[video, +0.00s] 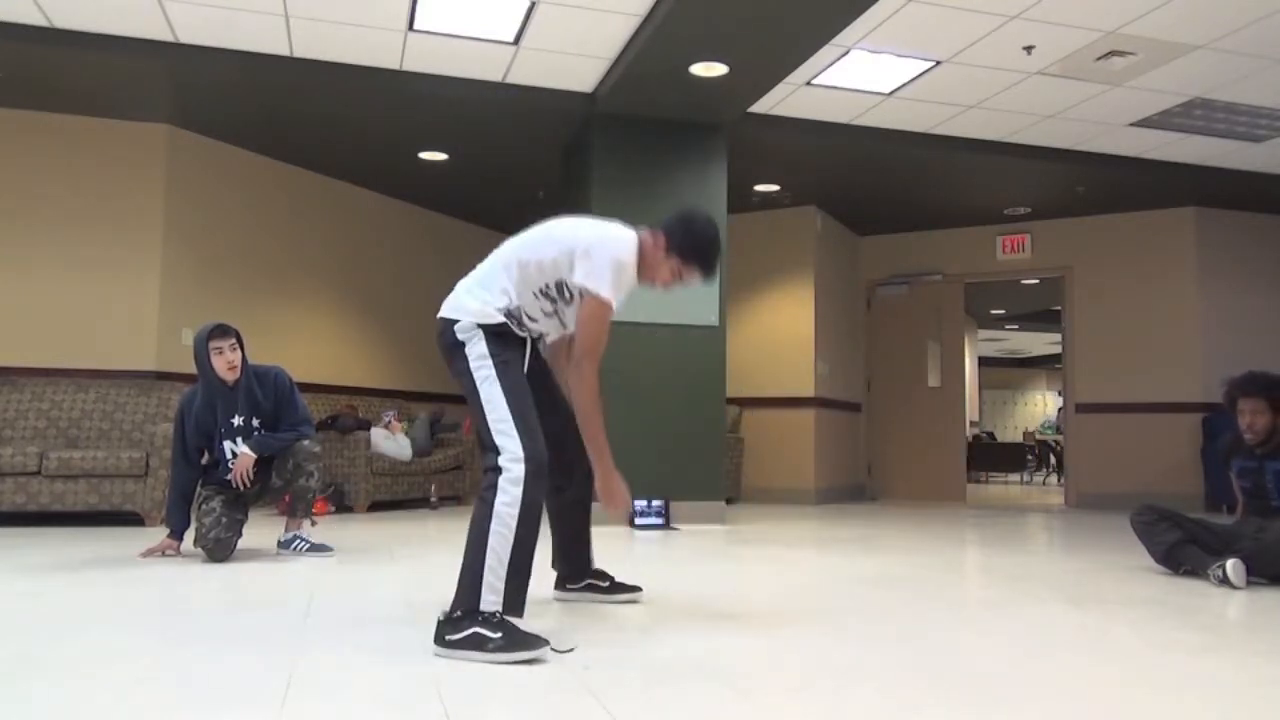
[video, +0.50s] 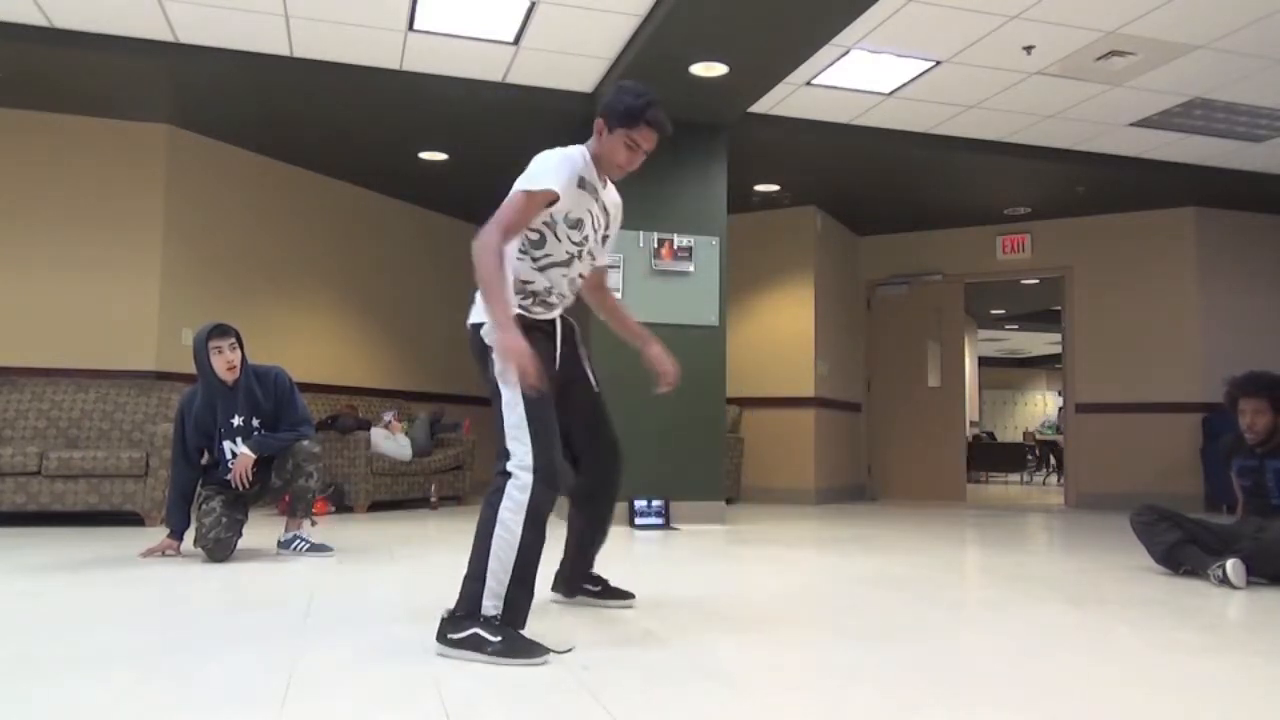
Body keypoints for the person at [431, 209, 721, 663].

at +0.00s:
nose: (671, 285)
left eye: (681, 282)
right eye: (676, 273)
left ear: (657, 244)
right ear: (658, 242)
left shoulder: (611, 250)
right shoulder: (614, 251)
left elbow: (560, 351)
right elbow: (582, 367)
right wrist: (605, 471)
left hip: (519, 337)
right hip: (479, 324)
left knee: (567, 449)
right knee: (521, 461)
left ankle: (574, 573)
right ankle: (470, 617)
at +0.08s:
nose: (671, 260)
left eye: (680, 255)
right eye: (674, 247)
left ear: (655, 220)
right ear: (652, 217)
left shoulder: (610, 234)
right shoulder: (604, 234)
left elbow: (561, 345)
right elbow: (573, 349)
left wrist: (597, 439)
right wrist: (601, 448)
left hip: (524, 334)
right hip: (479, 325)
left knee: (565, 448)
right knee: (520, 462)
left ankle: (572, 574)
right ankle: (471, 617)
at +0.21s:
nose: (657, 208)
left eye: (666, 202)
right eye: (656, 194)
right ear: (629, 168)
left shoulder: (606, 213)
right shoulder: (586, 198)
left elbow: (565, 303)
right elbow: (549, 310)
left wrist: (598, 381)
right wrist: (591, 400)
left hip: (524, 324)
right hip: (485, 320)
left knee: (560, 450)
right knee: (525, 459)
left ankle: (566, 573)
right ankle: (472, 619)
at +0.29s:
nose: (647, 181)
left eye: (655, 174)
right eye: (644, 166)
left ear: (646, 164)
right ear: (613, 144)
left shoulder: (605, 202)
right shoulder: (571, 179)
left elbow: (567, 286)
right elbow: (529, 285)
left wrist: (599, 356)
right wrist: (578, 375)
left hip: (530, 322)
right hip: (491, 318)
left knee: (566, 448)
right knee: (528, 461)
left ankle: (567, 574)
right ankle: (471, 620)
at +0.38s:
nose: (641, 169)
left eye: (650, 162)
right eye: (637, 154)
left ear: (650, 158)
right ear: (607, 132)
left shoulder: (604, 199)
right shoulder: (564, 173)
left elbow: (570, 282)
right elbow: (514, 267)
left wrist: (607, 350)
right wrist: (563, 365)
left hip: (536, 322)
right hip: (493, 319)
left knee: (578, 451)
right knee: (531, 464)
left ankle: (569, 573)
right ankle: (472, 620)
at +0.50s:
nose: (635, 160)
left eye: (645, 153)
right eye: (630, 145)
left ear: (648, 151)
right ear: (601, 128)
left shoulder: (610, 201)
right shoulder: (556, 170)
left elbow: (593, 285)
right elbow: (488, 242)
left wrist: (647, 344)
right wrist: (505, 331)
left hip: (561, 331)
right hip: (511, 328)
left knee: (599, 460)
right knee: (532, 470)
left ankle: (575, 574)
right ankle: (473, 619)